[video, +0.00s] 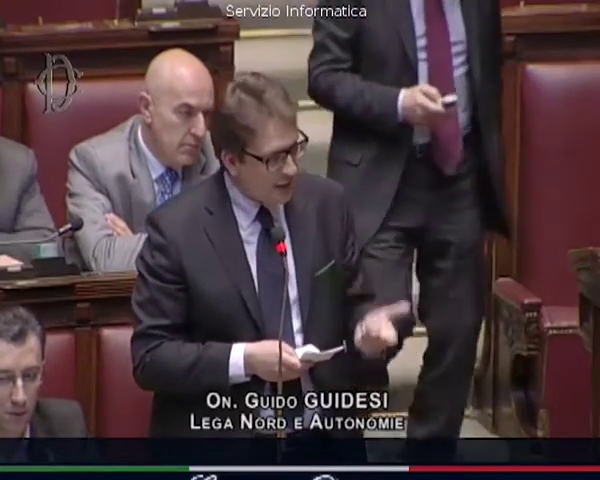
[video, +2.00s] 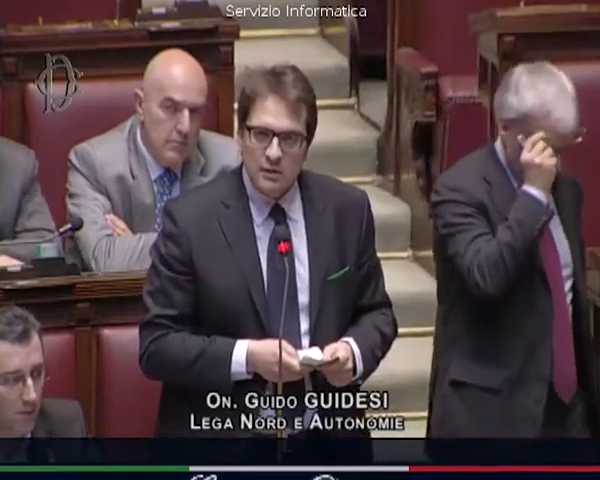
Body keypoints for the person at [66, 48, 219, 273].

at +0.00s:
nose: (200, 130)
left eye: (206, 114)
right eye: (186, 113)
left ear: (211, 108)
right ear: (146, 108)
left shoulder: (209, 152)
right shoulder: (92, 160)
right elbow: (105, 260)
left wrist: (137, 247)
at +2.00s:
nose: (185, 127)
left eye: (195, 111)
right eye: (170, 108)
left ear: (204, 108)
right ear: (140, 104)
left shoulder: (230, 157)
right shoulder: (91, 161)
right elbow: (105, 259)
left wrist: (139, 251)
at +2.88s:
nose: (184, 124)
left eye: (195, 109)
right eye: (170, 106)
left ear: (203, 109)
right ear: (140, 104)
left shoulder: (225, 155)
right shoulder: (91, 161)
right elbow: (105, 259)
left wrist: (138, 249)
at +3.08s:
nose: (185, 124)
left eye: (195, 109)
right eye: (170, 106)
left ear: (203, 109)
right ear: (139, 103)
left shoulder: (222, 154)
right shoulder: (91, 160)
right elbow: (105, 260)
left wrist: (137, 247)